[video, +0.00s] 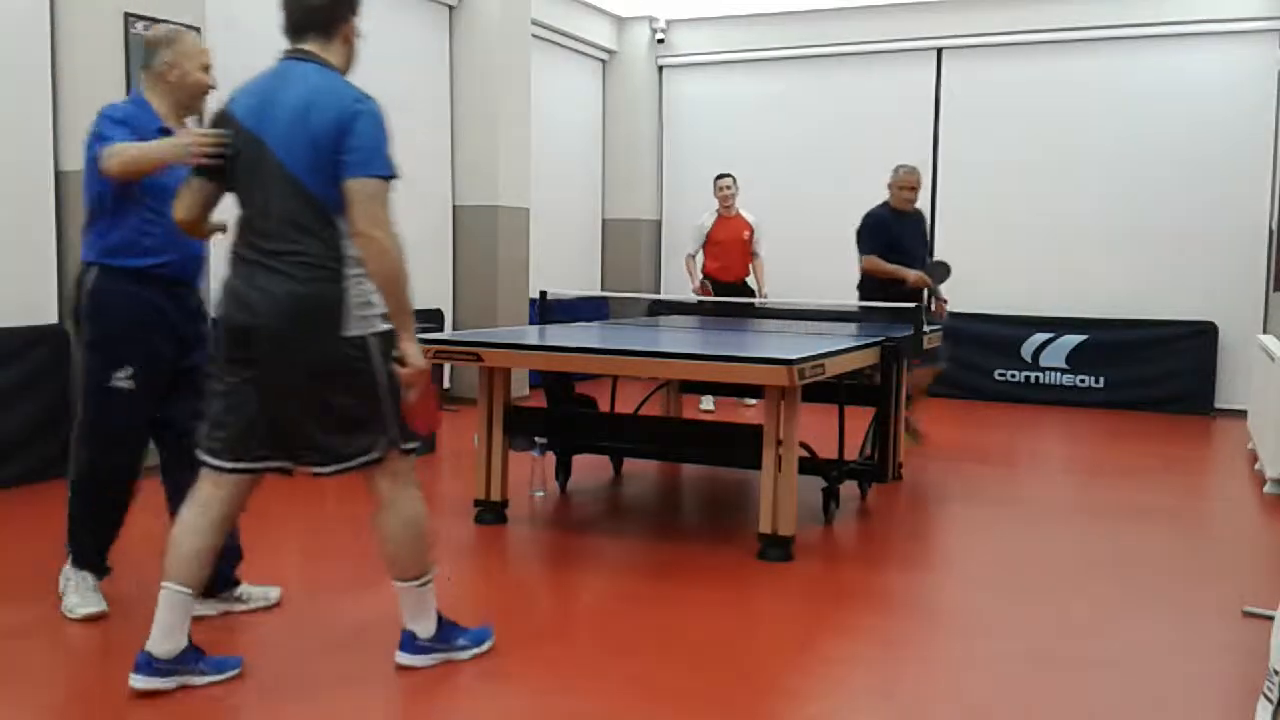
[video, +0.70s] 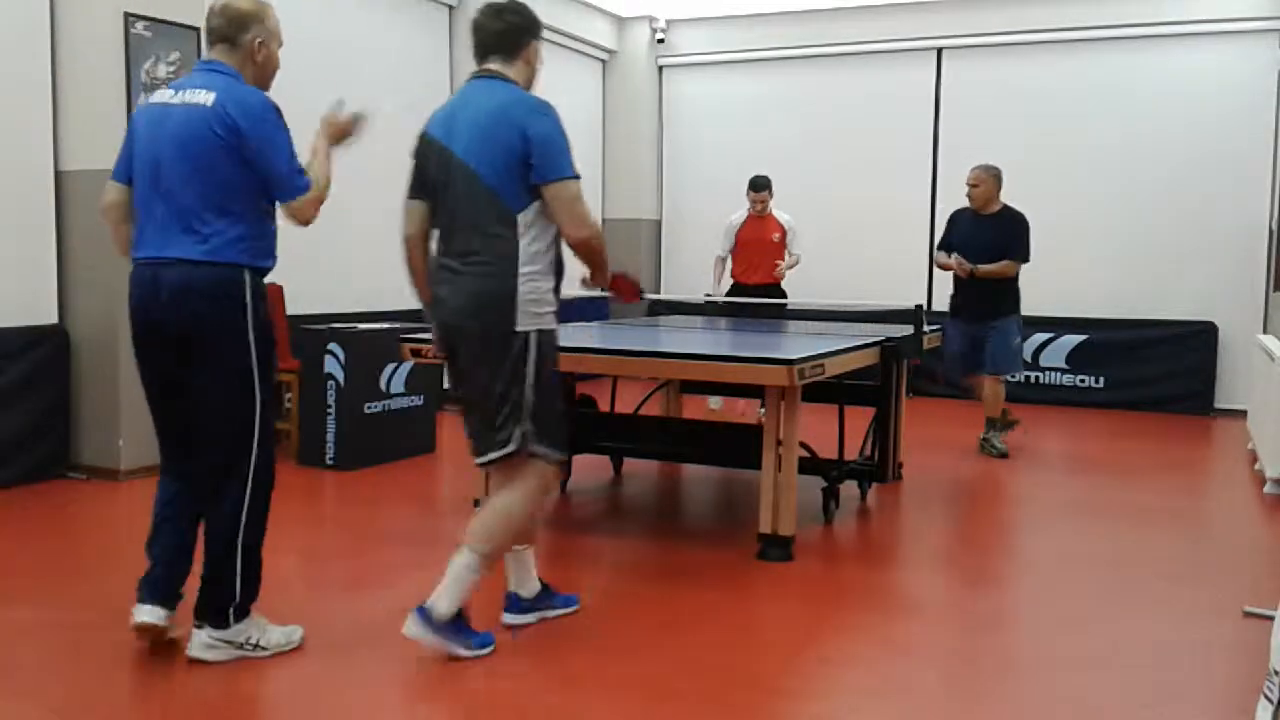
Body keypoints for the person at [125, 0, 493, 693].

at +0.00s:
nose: (359, 39)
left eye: (354, 28)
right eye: (357, 28)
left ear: (289, 30)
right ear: (347, 29)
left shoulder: (241, 102)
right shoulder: (352, 108)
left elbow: (189, 213)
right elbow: (370, 232)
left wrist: (236, 223)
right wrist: (407, 333)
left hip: (245, 328)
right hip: (331, 329)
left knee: (218, 482)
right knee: (393, 474)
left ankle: (164, 649)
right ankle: (423, 629)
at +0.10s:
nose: (395, 40)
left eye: (389, 29)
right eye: (393, 29)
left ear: (329, 29)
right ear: (384, 30)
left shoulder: (281, 102)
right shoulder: (391, 110)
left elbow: (223, 204)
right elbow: (412, 231)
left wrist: (207, 220)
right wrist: (443, 336)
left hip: (288, 325)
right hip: (369, 327)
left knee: (260, 476)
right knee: (428, 464)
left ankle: (180, 629)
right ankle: (426, 629)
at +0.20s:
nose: (428, 39)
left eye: (422, 29)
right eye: (427, 28)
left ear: (363, 29)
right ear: (419, 30)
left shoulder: (314, 101)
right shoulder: (428, 108)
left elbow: (257, 212)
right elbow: (452, 230)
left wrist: (238, 231)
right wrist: (483, 336)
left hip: (322, 318)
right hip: (400, 322)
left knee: (327, 455)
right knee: (440, 458)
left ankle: (230, 583)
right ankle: (426, 631)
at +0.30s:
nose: (456, 36)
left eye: (450, 26)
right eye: (454, 26)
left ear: (388, 28)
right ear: (443, 29)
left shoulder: (344, 99)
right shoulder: (457, 105)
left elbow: (299, 216)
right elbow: (490, 227)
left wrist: (304, 262)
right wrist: (521, 326)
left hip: (353, 304)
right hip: (423, 311)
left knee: (377, 443)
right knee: (448, 462)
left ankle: (301, 569)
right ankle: (426, 631)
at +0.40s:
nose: (478, 37)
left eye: (472, 27)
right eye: (476, 27)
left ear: (413, 30)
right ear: (468, 29)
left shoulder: (367, 102)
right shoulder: (480, 104)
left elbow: (339, 222)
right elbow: (518, 219)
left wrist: (360, 302)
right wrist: (554, 310)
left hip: (377, 304)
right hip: (448, 309)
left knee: (416, 442)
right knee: (455, 464)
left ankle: (384, 585)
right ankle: (427, 630)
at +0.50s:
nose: (499, 41)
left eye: (493, 30)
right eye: (497, 30)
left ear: (434, 35)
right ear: (487, 34)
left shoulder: (390, 108)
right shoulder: (499, 106)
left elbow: (369, 225)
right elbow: (541, 218)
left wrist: (388, 303)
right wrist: (579, 305)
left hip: (403, 301)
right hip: (461, 303)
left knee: (460, 451)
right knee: (462, 466)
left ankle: (471, 591)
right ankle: (425, 629)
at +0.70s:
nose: (541, 62)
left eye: (538, 52)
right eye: (541, 52)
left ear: (479, 52)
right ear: (530, 52)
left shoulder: (440, 120)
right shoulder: (532, 115)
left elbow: (414, 235)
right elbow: (577, 229)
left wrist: (437, 308)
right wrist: (605, 273)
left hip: (458, 311)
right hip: (516, 313)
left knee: (503, 456)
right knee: (539, 465)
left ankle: (525, 592)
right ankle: (439, 610)